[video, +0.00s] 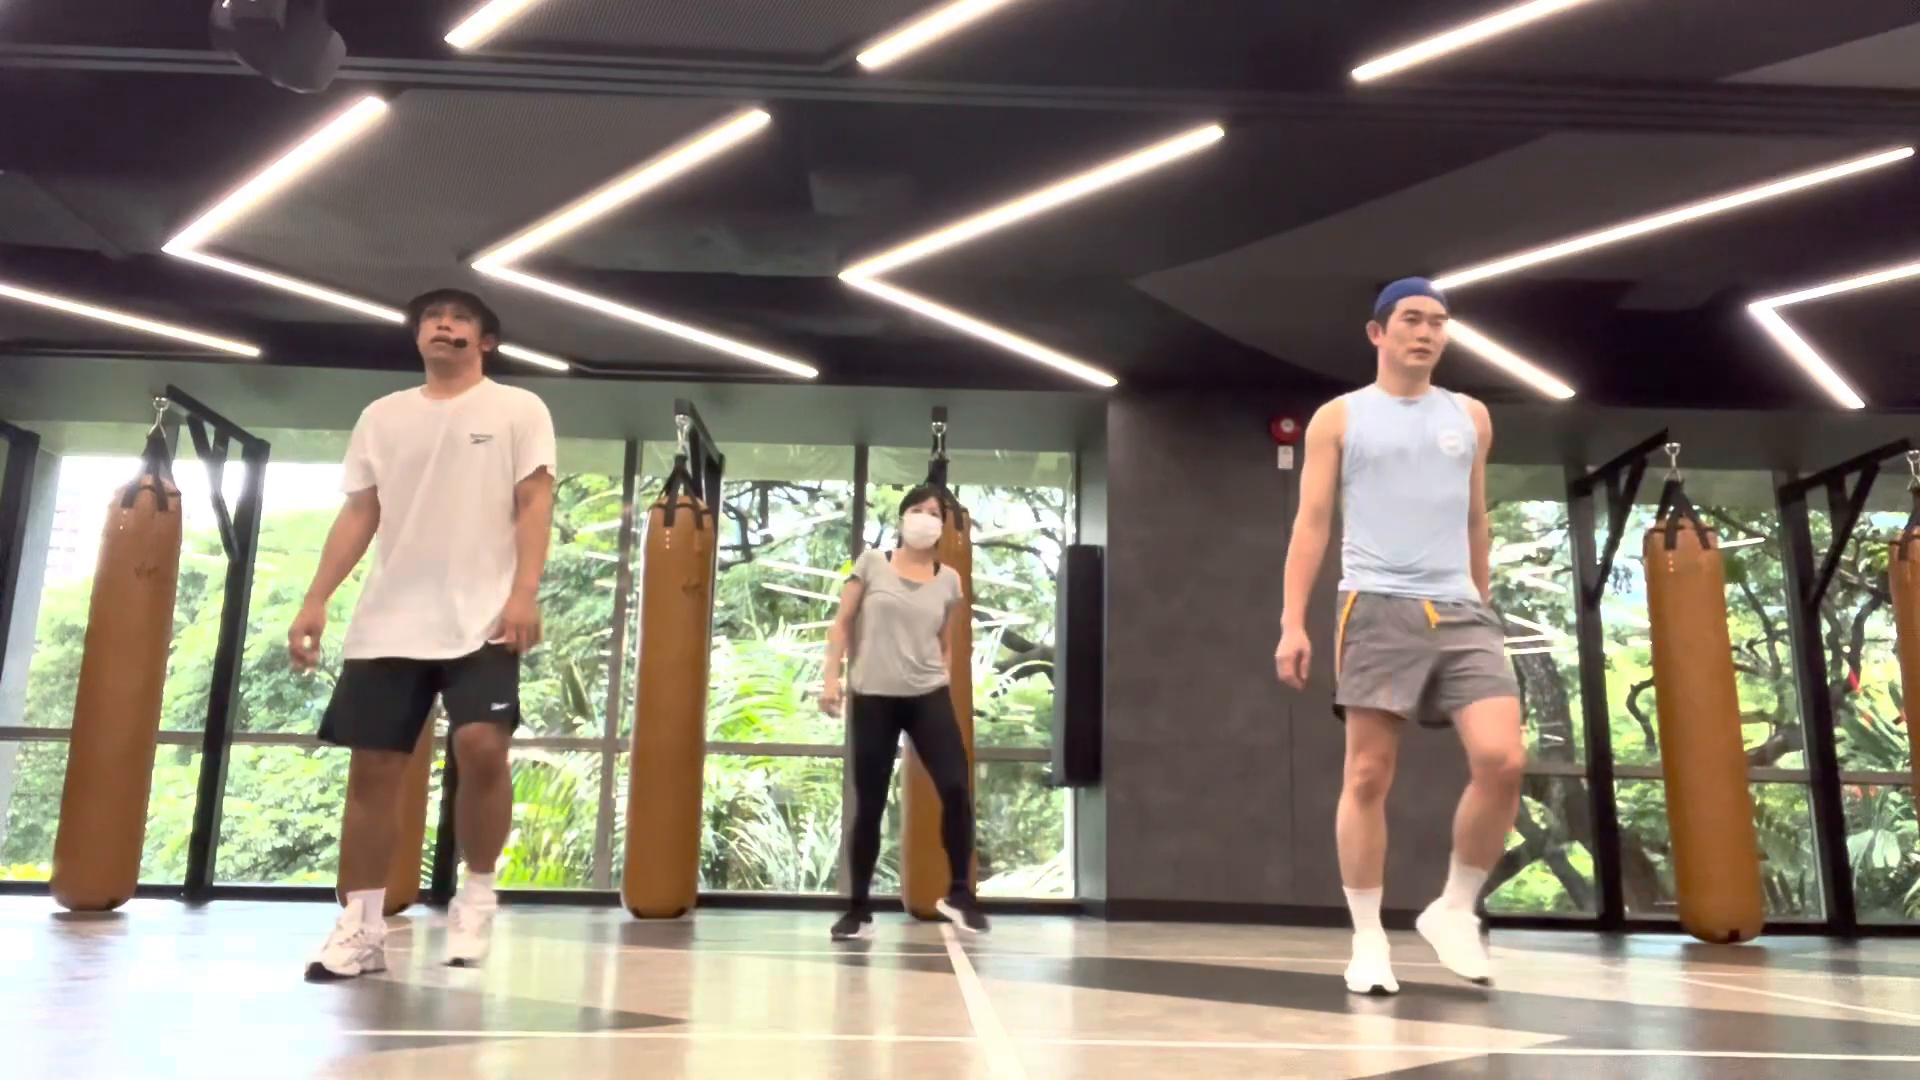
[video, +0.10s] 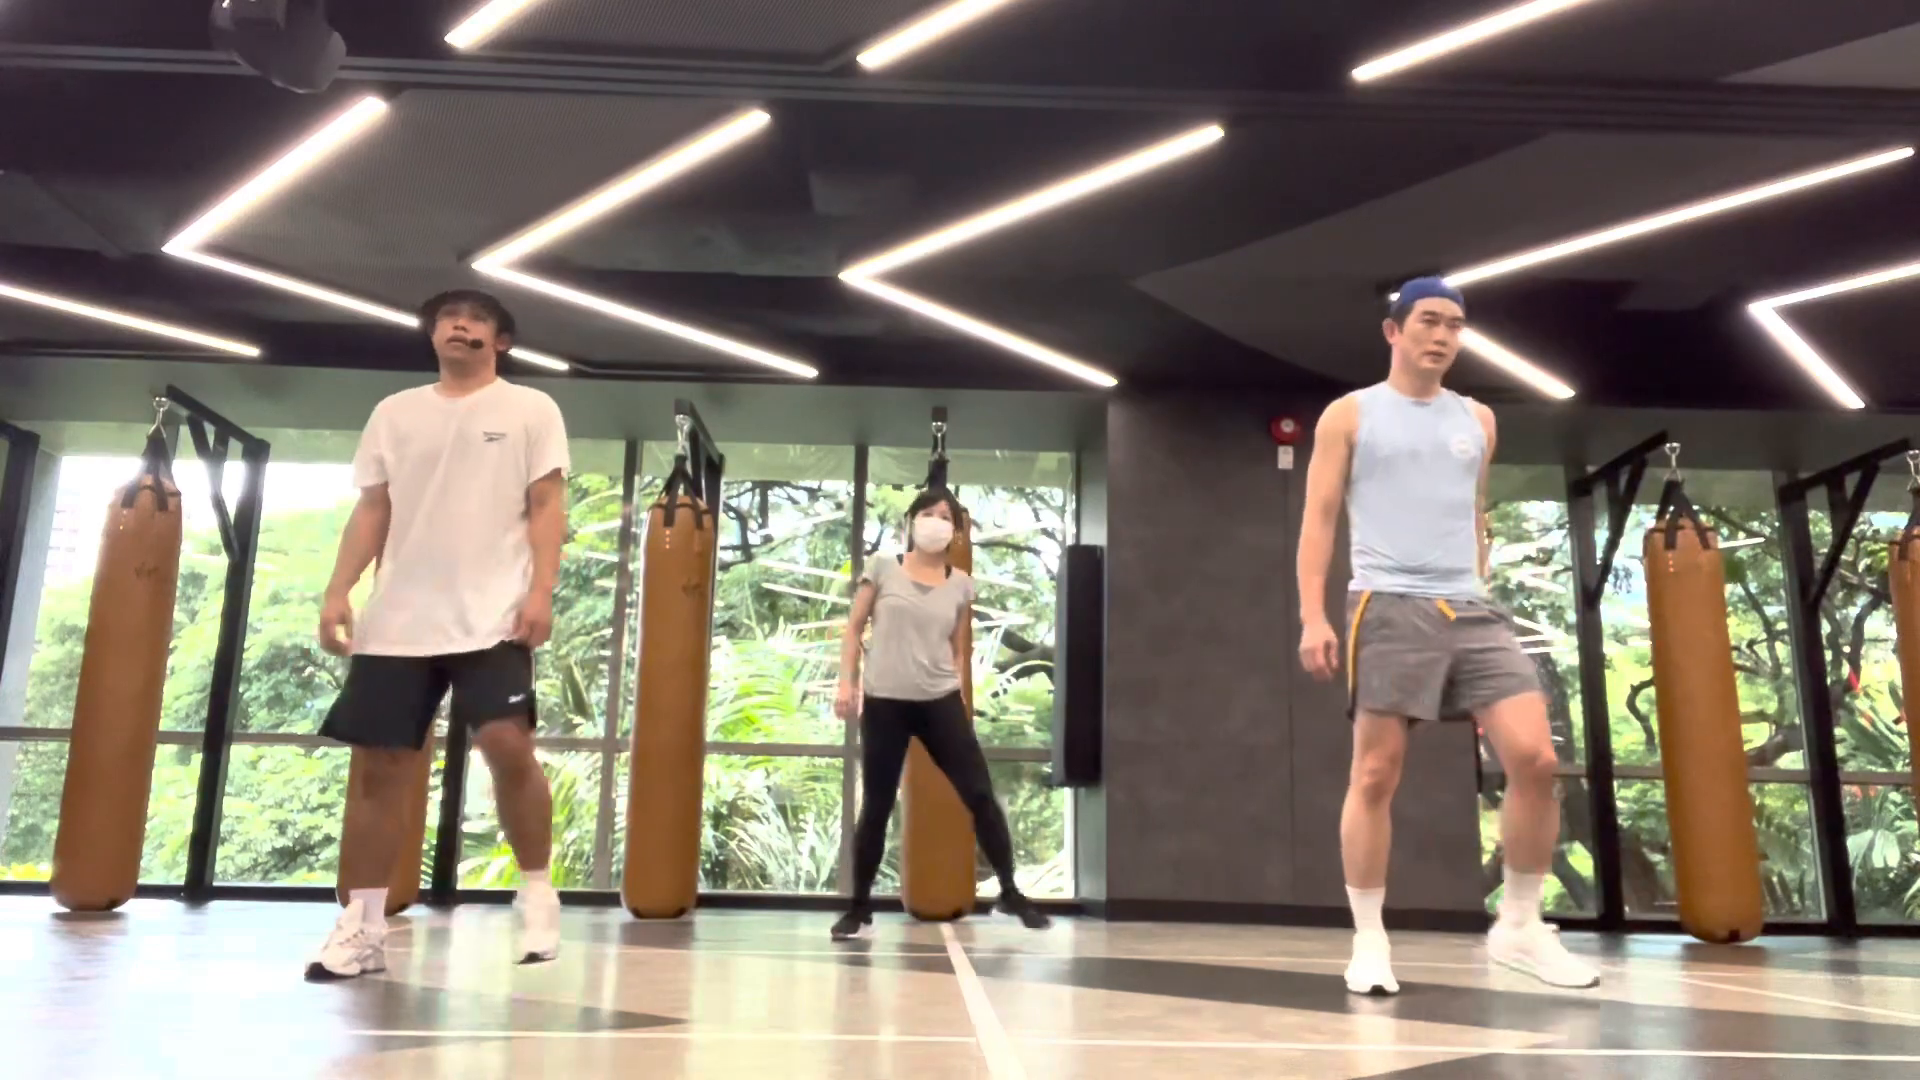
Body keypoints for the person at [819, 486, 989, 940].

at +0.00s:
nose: (926, 519)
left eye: (935, 515)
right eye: (918, 511)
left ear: (944, 530)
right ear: (901, 521)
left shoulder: (948, 580)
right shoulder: (872, 562)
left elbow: (943, 641)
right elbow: (841, 622)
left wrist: (944, 691)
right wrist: (831, 677)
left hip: (928, 697)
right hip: (873, 697)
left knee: (957, 789)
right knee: (867, 806)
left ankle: (960, 894)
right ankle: (858, 909)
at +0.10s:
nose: (937, 523)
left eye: (945, 518)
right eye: (927, 515)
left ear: (955, 532)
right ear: (910, 526)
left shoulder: (962, 585)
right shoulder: (882, 568)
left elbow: (960, 650)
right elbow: (854, 627)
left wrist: (963, 704)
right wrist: (846, 682)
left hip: (941, 702)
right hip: (884, 702)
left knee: (980, 795)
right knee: (876, 806)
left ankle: (1010, 892)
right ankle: (859, 906)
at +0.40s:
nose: (992, 523)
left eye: (1000, 518)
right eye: (983, 518)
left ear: (1010, 531)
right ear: (967, 531)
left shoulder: (1026, 586)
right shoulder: (948, 574)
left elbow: (1031, 650)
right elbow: (923, 642)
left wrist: (1032, 696)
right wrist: (907, 697)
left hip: (1012, 709)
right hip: (955, 707)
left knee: (1029, 812)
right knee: (918, 807)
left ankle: (1040, 912)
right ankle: (873, 900)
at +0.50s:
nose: (1007, 518)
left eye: (1013, 512)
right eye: (997, 512)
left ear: (1023, 526)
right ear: (980, 526)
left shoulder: (1040, 578)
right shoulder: (960, 570)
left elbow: (1055, 642)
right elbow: (941, 636)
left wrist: (1071, 699)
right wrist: (930, 695)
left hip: (1024, 705)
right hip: (967, 703)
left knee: (1034, 811)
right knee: (941, 802)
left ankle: (1040, 911)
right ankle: (911, 892)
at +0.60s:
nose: (1013, 519)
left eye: (1021, 513)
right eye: (1004, 513)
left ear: (1031, 525)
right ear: (988, 524)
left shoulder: (1048, 577)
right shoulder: (967, 571)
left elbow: (1073, 639)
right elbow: (951, 636)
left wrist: (1097, 692)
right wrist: (945, 694)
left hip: (1031, 701)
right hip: (976, 699)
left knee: (1035, 810)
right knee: (968, 803)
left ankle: (1040, 911)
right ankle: (955, 896)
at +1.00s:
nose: (993, 519)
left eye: (1000, 512)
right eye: (984, 512)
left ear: (1011, 523)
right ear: (970, 524)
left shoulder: (1032, 571)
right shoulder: (952, 576)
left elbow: (1054, 628)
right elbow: (943, 641)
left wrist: (1067, 677)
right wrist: (943, 695)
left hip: (1021, 701)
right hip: (963, 699)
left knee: (1027, 806)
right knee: (921, 795)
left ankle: (1042, 911)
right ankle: (900, 888)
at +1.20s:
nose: (961, 527)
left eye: (967, 521)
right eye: (951, 520)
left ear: (977, 534)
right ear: (931, 533)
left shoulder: (991, 585)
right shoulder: (911, 583)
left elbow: (1009, 647)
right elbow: (903, 651)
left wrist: (1022, 702)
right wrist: (902, 702)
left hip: (978, 709)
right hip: (919, 709)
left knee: (1004, 811)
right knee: (886, 811)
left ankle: (1039, 910)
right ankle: (852, 910)